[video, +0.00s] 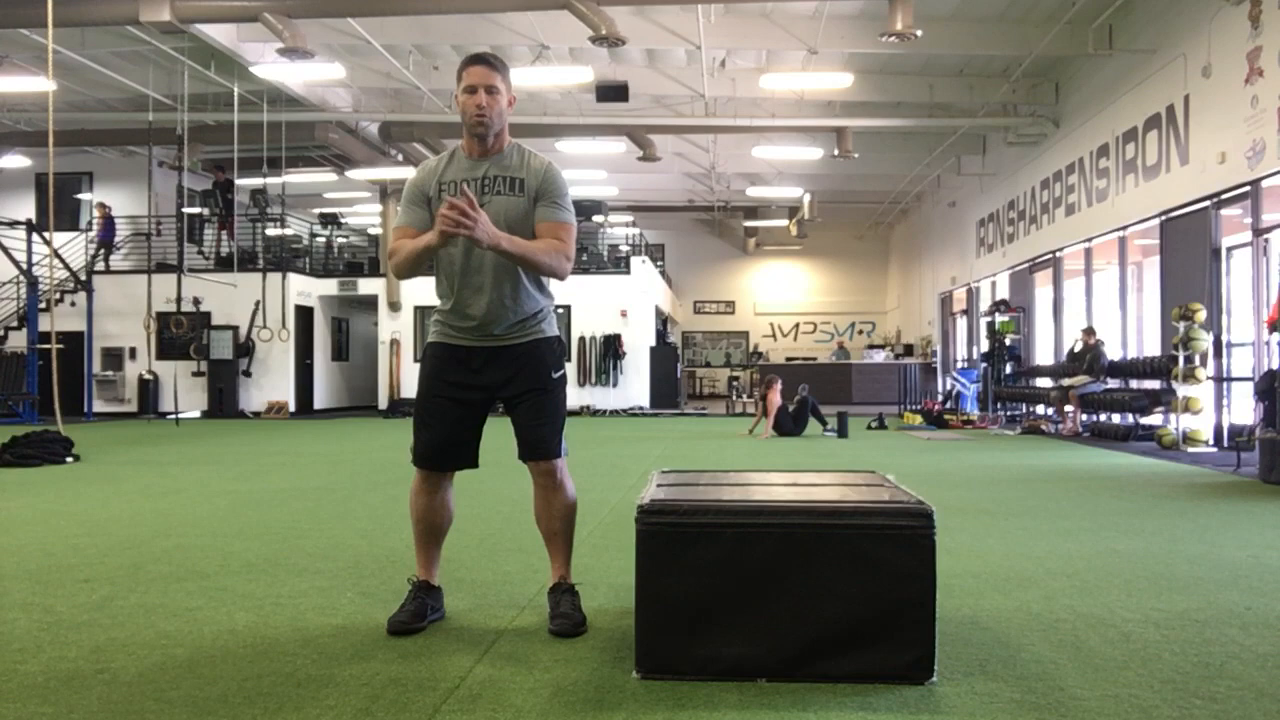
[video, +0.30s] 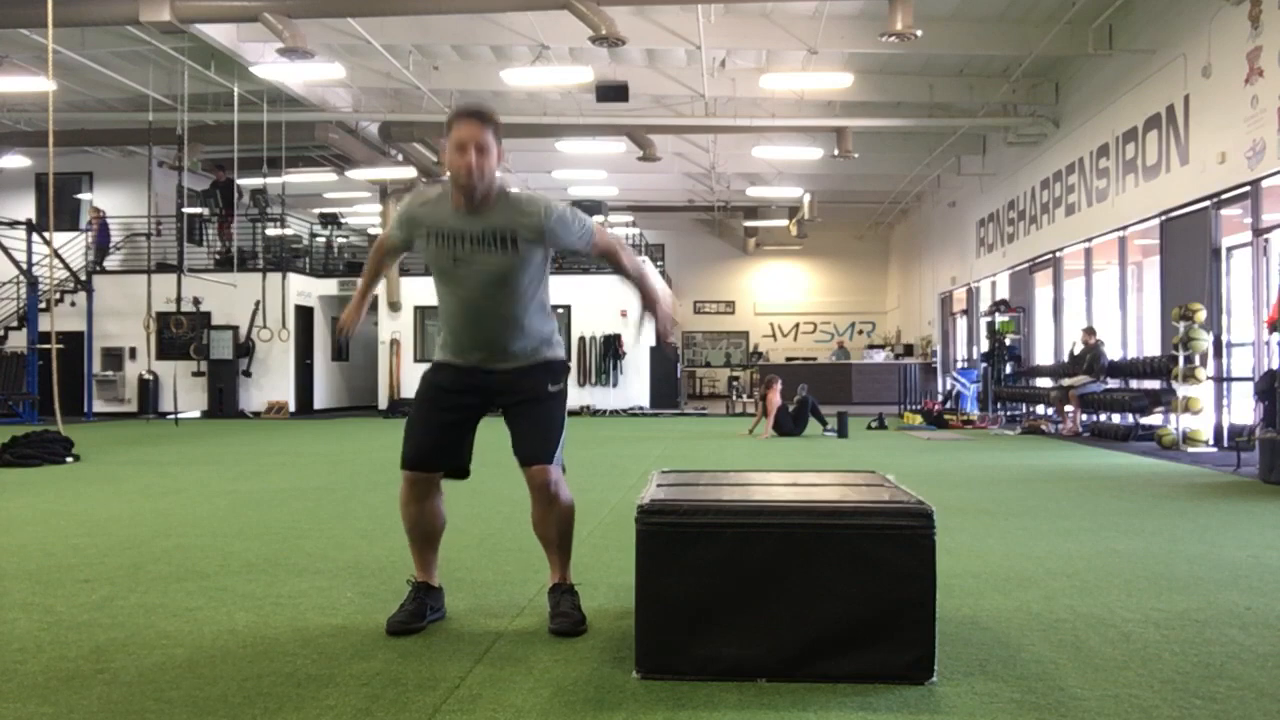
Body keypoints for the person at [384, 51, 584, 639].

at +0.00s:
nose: (480, 100)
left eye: (491, 91)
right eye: (470, 91)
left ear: (510, 102)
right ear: (457, 104)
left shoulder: (541, 172)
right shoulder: (429, 177)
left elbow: (560, 260)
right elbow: (399, 264)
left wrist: (493, 236)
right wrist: (438, 234)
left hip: (529, 338)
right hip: (454, 341)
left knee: (548, 465)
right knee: (430, 469)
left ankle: (562, 585)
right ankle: (426, 587)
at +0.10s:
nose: (478, 108)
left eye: (489, 99)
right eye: (468, 99)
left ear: (509, 107)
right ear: (455, 108)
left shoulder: (537, 170)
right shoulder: (429, 175)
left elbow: (563, 252)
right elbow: (394, 258)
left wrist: (512, 270)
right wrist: (418, 259)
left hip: (529, 344)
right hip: (454, 344)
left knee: (548, 468)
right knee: (429, 471)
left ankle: (562, 585)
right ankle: (425, 587)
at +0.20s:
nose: (474, 124)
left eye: (485, 114)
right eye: (464, 113)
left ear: (504, 121)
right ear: (449, 121)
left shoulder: (536, 185)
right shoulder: (424, 187)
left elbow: (591, 252)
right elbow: (380, 259)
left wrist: (604, 328)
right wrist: (358, 328)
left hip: (532, 348)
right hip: (454, 350)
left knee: (548, 468)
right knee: (426, 473)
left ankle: (562, 585)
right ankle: (425, 587)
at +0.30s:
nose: (470, 159)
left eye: (481, 149)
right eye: (460, 148)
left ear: (500, 157)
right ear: (444, 156)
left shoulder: (536, 214)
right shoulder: (420, 213)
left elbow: (613, 248)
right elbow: (385, 249)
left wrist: (655, 292)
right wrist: (358, 302)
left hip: (531, 365)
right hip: (454, 366)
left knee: (545, 477)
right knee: (418, 475)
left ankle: (561, 586)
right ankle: (426, 588)